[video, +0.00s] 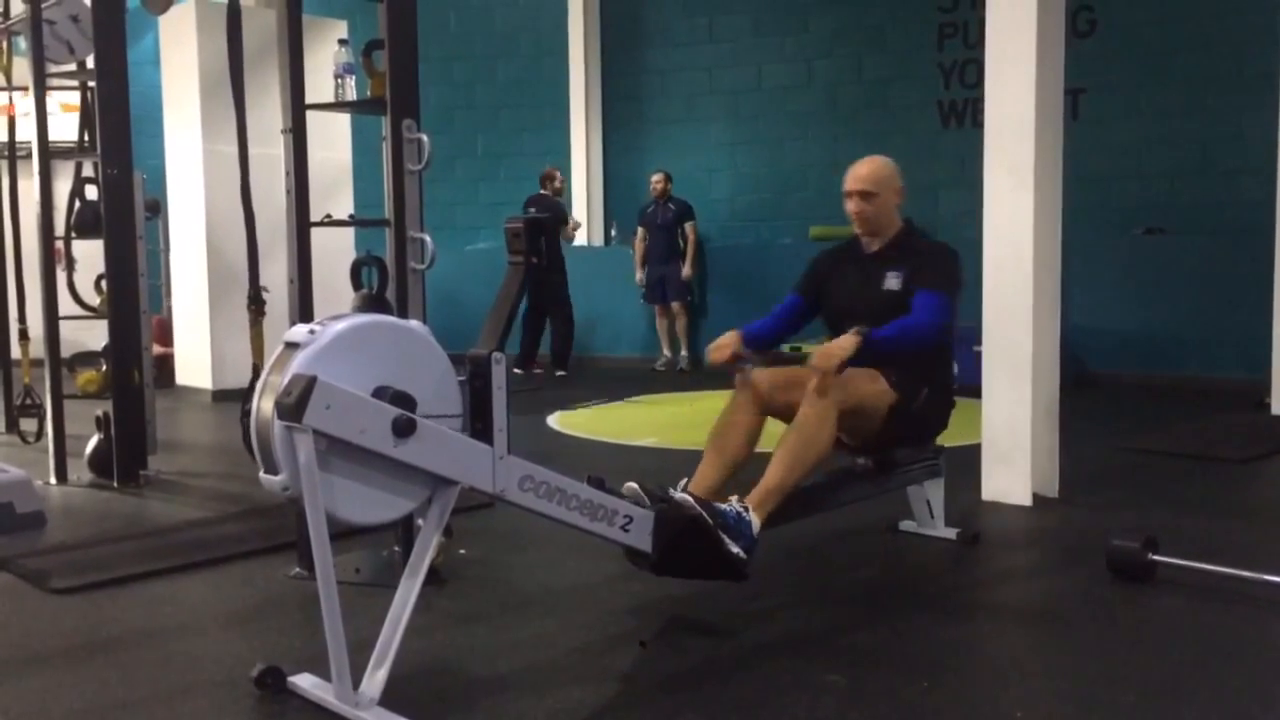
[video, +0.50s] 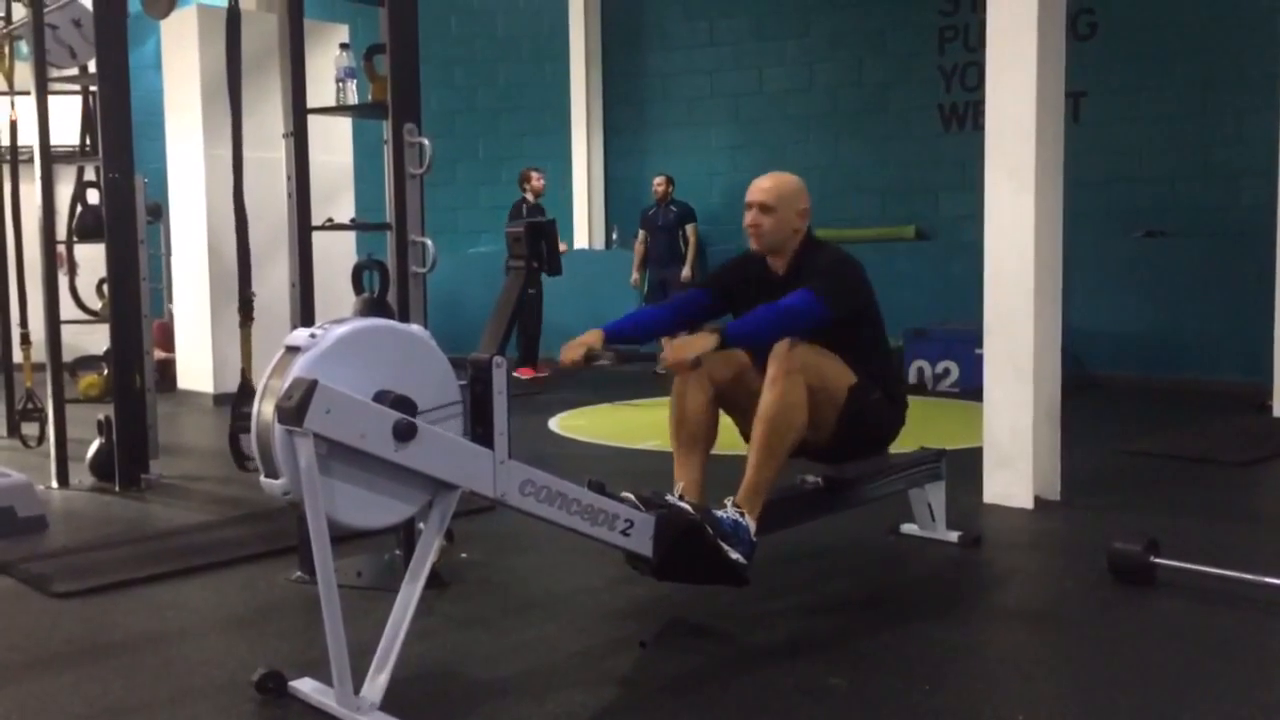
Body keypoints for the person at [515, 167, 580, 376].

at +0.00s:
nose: (563, 184)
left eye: (562, 181)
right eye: (560, 181)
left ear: (543, 184)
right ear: (549, 184)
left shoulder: (529, 203)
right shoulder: (556, 206)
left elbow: (539, 228)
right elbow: (568, 237)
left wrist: (567, 223)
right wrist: (573, 227)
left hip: (533, 266)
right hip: (553, 266)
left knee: (535, 311)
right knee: (562, 313)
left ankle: (524, 361)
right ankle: (560, 365)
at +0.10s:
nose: (558, 184)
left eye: (558, 181)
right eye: (555, 181)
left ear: (541, 184)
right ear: (544, 183)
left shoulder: (529, 203)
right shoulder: (545, 207)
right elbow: (551, 235)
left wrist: (564, 230)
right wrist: (569, 231)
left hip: (533, 270)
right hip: (547, 271)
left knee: (532, 316)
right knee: (558, 319)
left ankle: (525, 363)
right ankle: (555, 365)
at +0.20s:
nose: (555, 184)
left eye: (554, 180)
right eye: (551, 180)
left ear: (540, 184)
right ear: (539, 184)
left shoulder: (535, 206)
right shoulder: (536, 207)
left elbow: (542, 234)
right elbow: (538, 237)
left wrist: (559, 236)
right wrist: (561, 236)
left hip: (536, 272)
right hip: (540, 272)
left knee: (530, 319)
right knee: (548, 320)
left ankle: (526, 363)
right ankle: (552, 364)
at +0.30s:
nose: (550, 183)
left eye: (549, 179)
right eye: (546, 180)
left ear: (538, 185)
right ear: (534, 185)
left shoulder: (536, 206)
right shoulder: (530, 208)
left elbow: (540, 233)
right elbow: (535, 237)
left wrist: (558, 238)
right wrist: (558, 240)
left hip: (537, 269)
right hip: (531, 270)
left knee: (536, 317)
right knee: (534, 317)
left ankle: (540, 360)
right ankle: (534, 362)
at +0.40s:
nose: (546, 183)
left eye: (545, 179)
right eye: (541, 180)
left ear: (533, 186)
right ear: (529, 185)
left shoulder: (535, 207)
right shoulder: (527, 208)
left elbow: (539, 234)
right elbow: (531, 238)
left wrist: (556, 241)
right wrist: (557, 243)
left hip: (533, 268)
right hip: (527, 269)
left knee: (533, 315)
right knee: (531, 316)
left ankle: (534, 359)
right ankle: (529, 361)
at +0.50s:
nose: (543, 183)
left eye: (542, 179)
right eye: (538, 180)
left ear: (536, 185)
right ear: (527, 184)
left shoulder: (538, 209)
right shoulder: (520, 208)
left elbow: (539, 240)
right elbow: (524, 241)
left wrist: (554, 247)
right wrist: (553, 248)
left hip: (535, 269)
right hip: (523, 269)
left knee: (533, 318)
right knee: (526, 318)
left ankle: (531, 363)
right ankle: (524, 364)